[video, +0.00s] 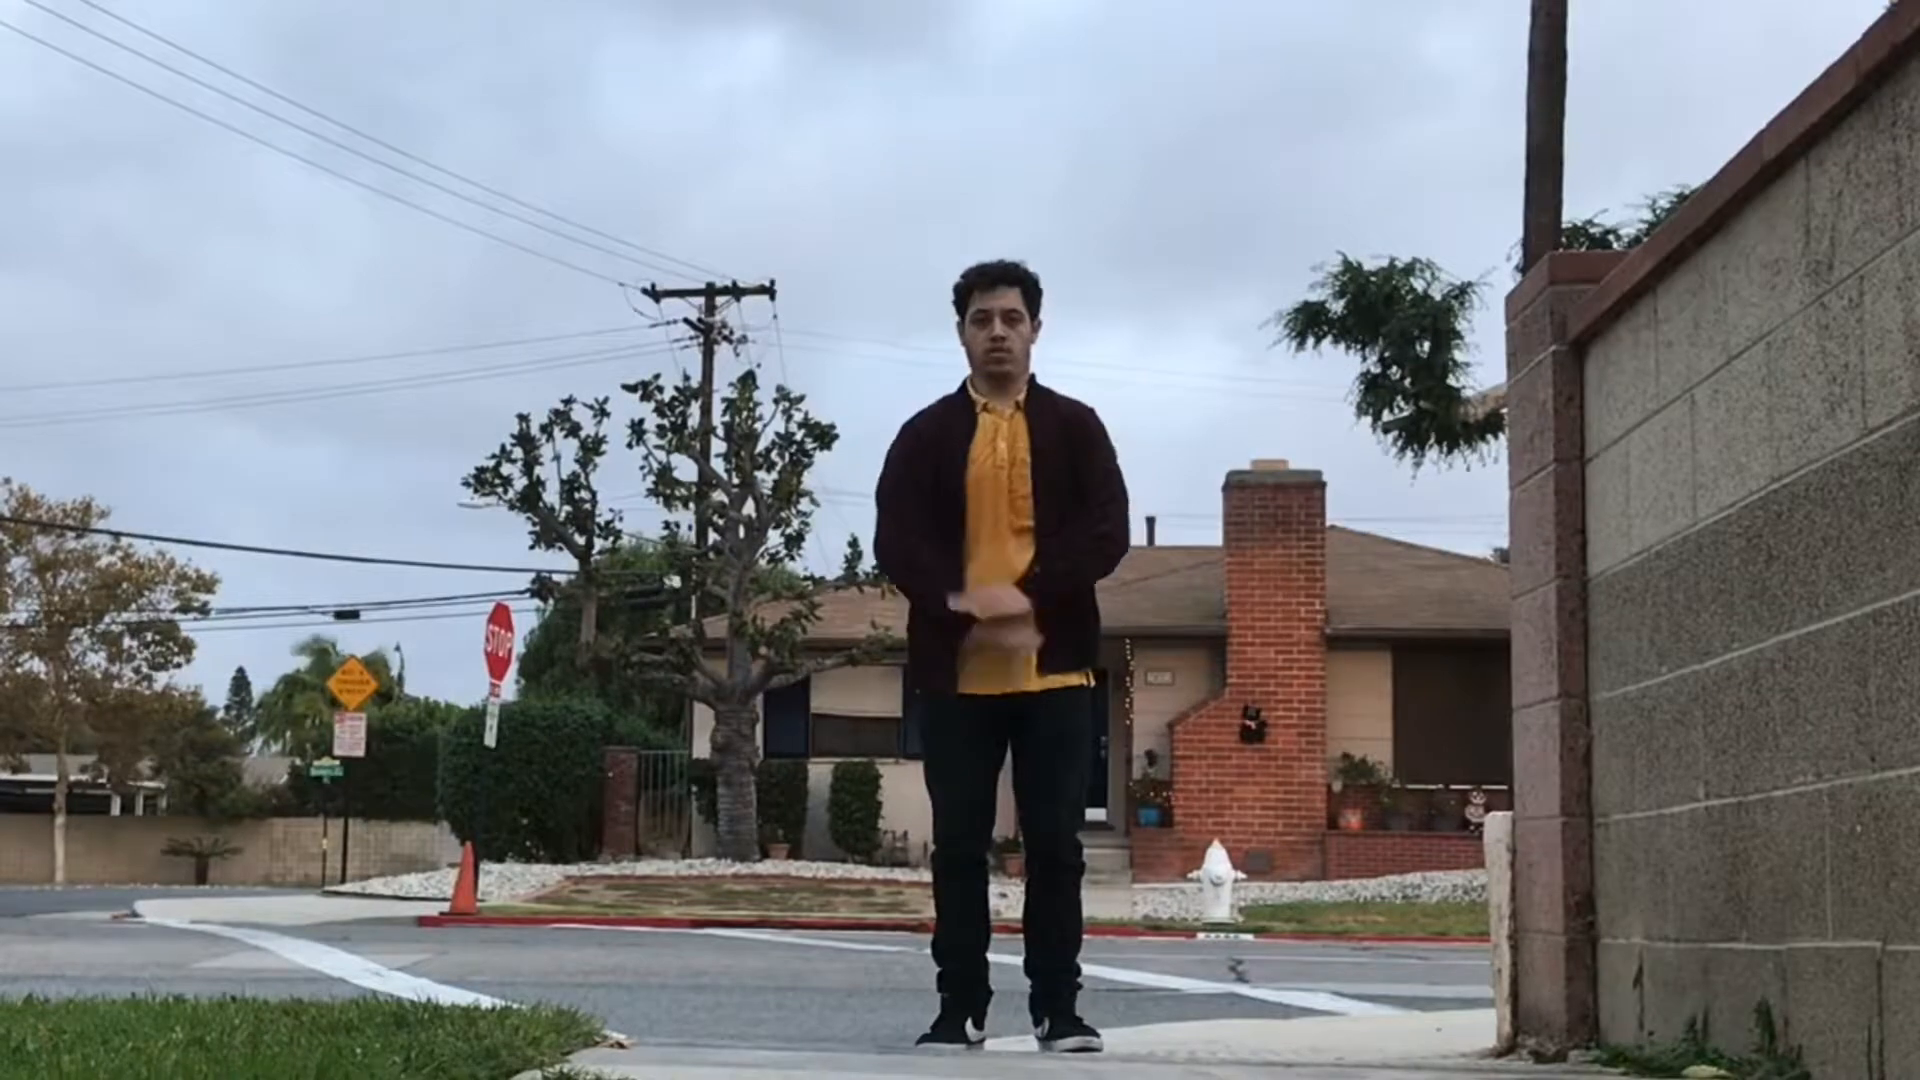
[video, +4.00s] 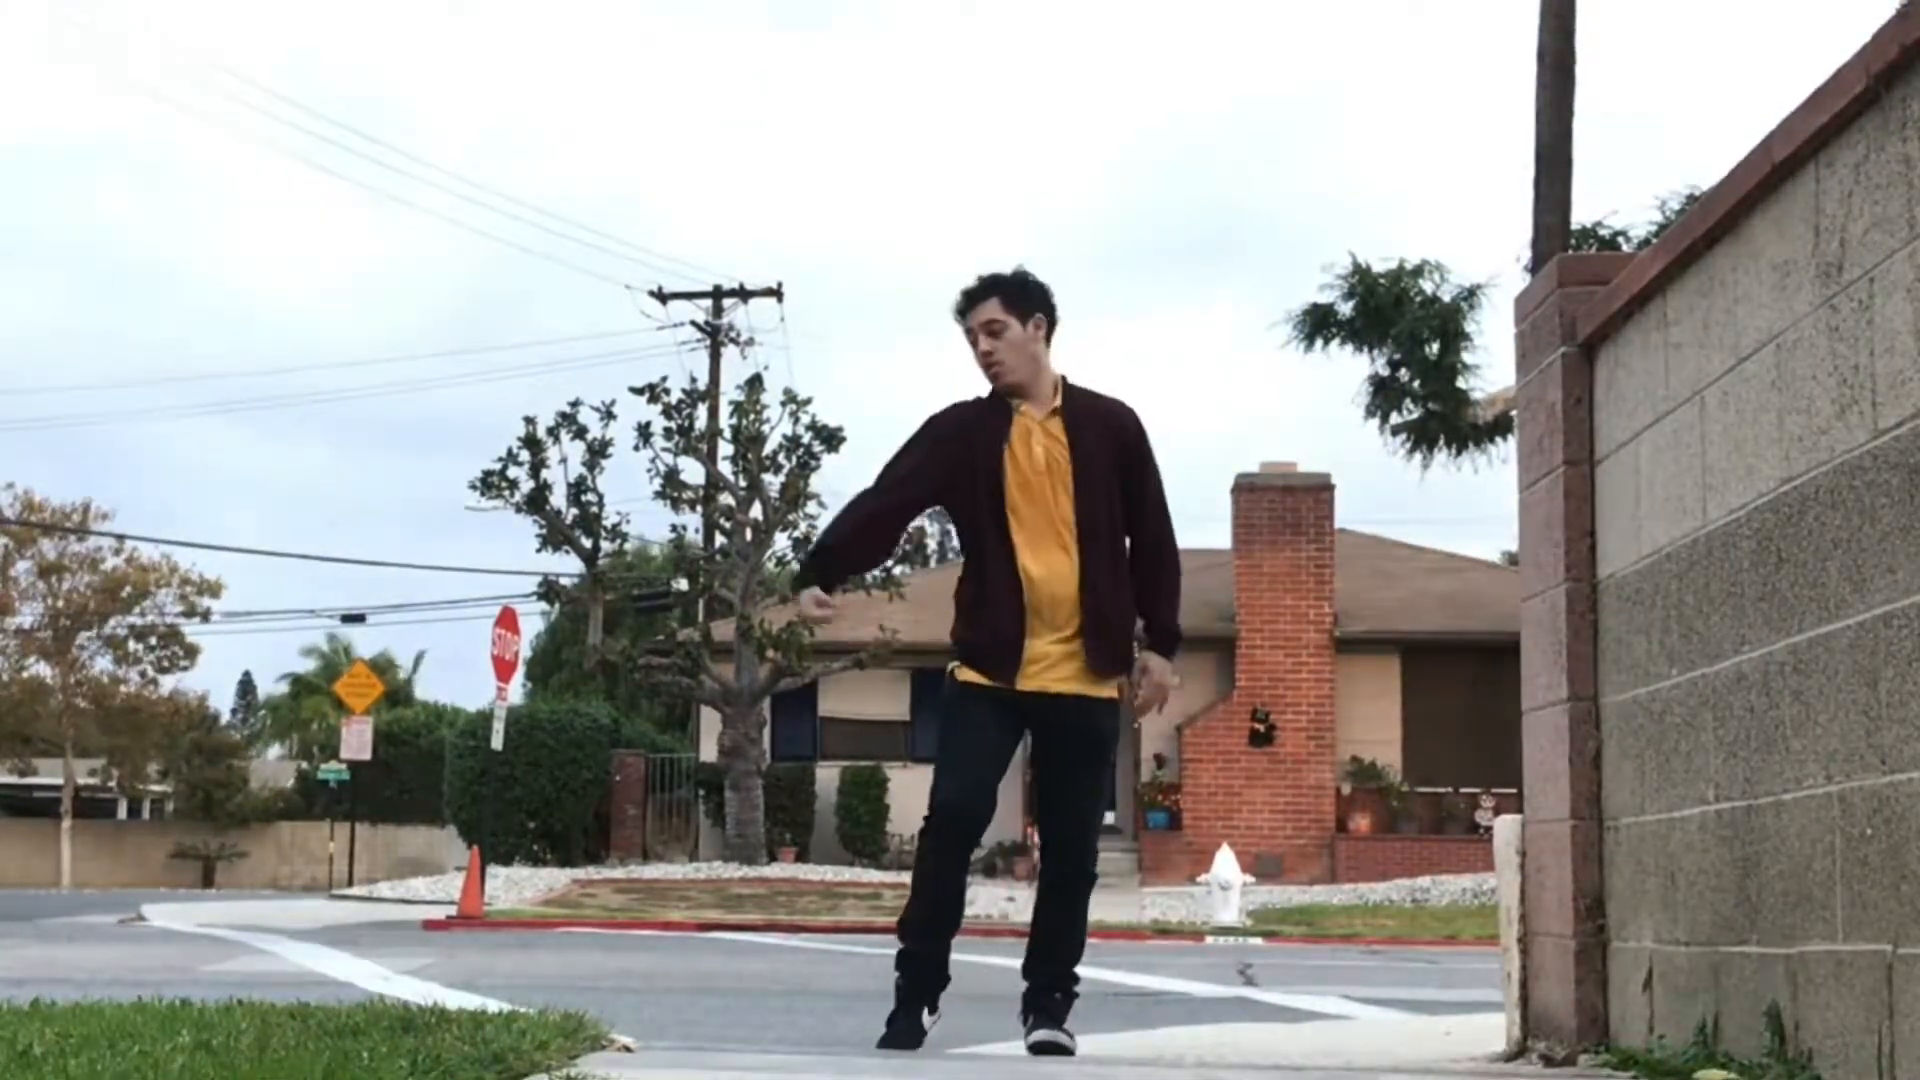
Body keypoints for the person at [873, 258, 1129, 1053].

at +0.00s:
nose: (997, 332)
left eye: (1011, 319)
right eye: (982, 320)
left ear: (1034, 331)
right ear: (962, 334)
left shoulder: (1076, 425)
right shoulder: (923, 435)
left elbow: (1109, 533)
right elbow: (895, 543)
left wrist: (1025, 594)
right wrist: (959, 597)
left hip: (1057, 679)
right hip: (956, 681)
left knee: (1056, 850)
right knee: (958, 851)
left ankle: (1058, 1011)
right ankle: (960, 1012)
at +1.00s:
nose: (976, 350)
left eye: (994, 339)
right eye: (966, 337)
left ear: (1025, 353)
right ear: (951, 349)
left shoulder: (1063, 436)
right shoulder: (911, 449)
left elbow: (1155, 495)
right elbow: (828, 502)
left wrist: (1166, 399)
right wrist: (844, 402)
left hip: (1052, 679)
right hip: (952, 691)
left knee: (1134, 789)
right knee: (962, 860)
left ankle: (1170, 977)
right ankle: (973, 1019)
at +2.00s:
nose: (1005, 353)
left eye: (1020, 339)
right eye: (991, 338)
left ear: (1040, 347)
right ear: (968, 345)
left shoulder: (1072, 434)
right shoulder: (935, 434)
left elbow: (1066, 534)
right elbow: (949, 546)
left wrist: (1014, 604)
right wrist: (1044, 629)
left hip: (1049, 666)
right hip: (957, 672)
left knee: (1104, 807)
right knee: (965, 838)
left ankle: (1147, 987)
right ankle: (972, 1007)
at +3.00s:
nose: (1044, 345)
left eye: (1060, 332)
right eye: (1030, 330)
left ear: (1078, 345)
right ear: (1006, 339)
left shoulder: (1118, 432)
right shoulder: (969, 445)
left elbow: (1200, 521)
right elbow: (937, 551)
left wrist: (1169, 625)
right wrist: (895, 614)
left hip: (1084, 671)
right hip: (989, 667)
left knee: (1068, 838)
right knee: (972, 816)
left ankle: (1047, 1009)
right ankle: (982, 995)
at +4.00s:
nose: (983, 349)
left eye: (994, 332)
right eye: (974, 340)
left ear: (1042, 329)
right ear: (974, 350)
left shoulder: (1112, 425)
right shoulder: (961, 429)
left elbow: (1153, 539)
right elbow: (887, 502)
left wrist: (1160, 643)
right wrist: (821, 572)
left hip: (1087, 677)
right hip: (988, 671)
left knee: (1071, 851)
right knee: (950, 824)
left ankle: (1049, 1009)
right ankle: (914, 998)